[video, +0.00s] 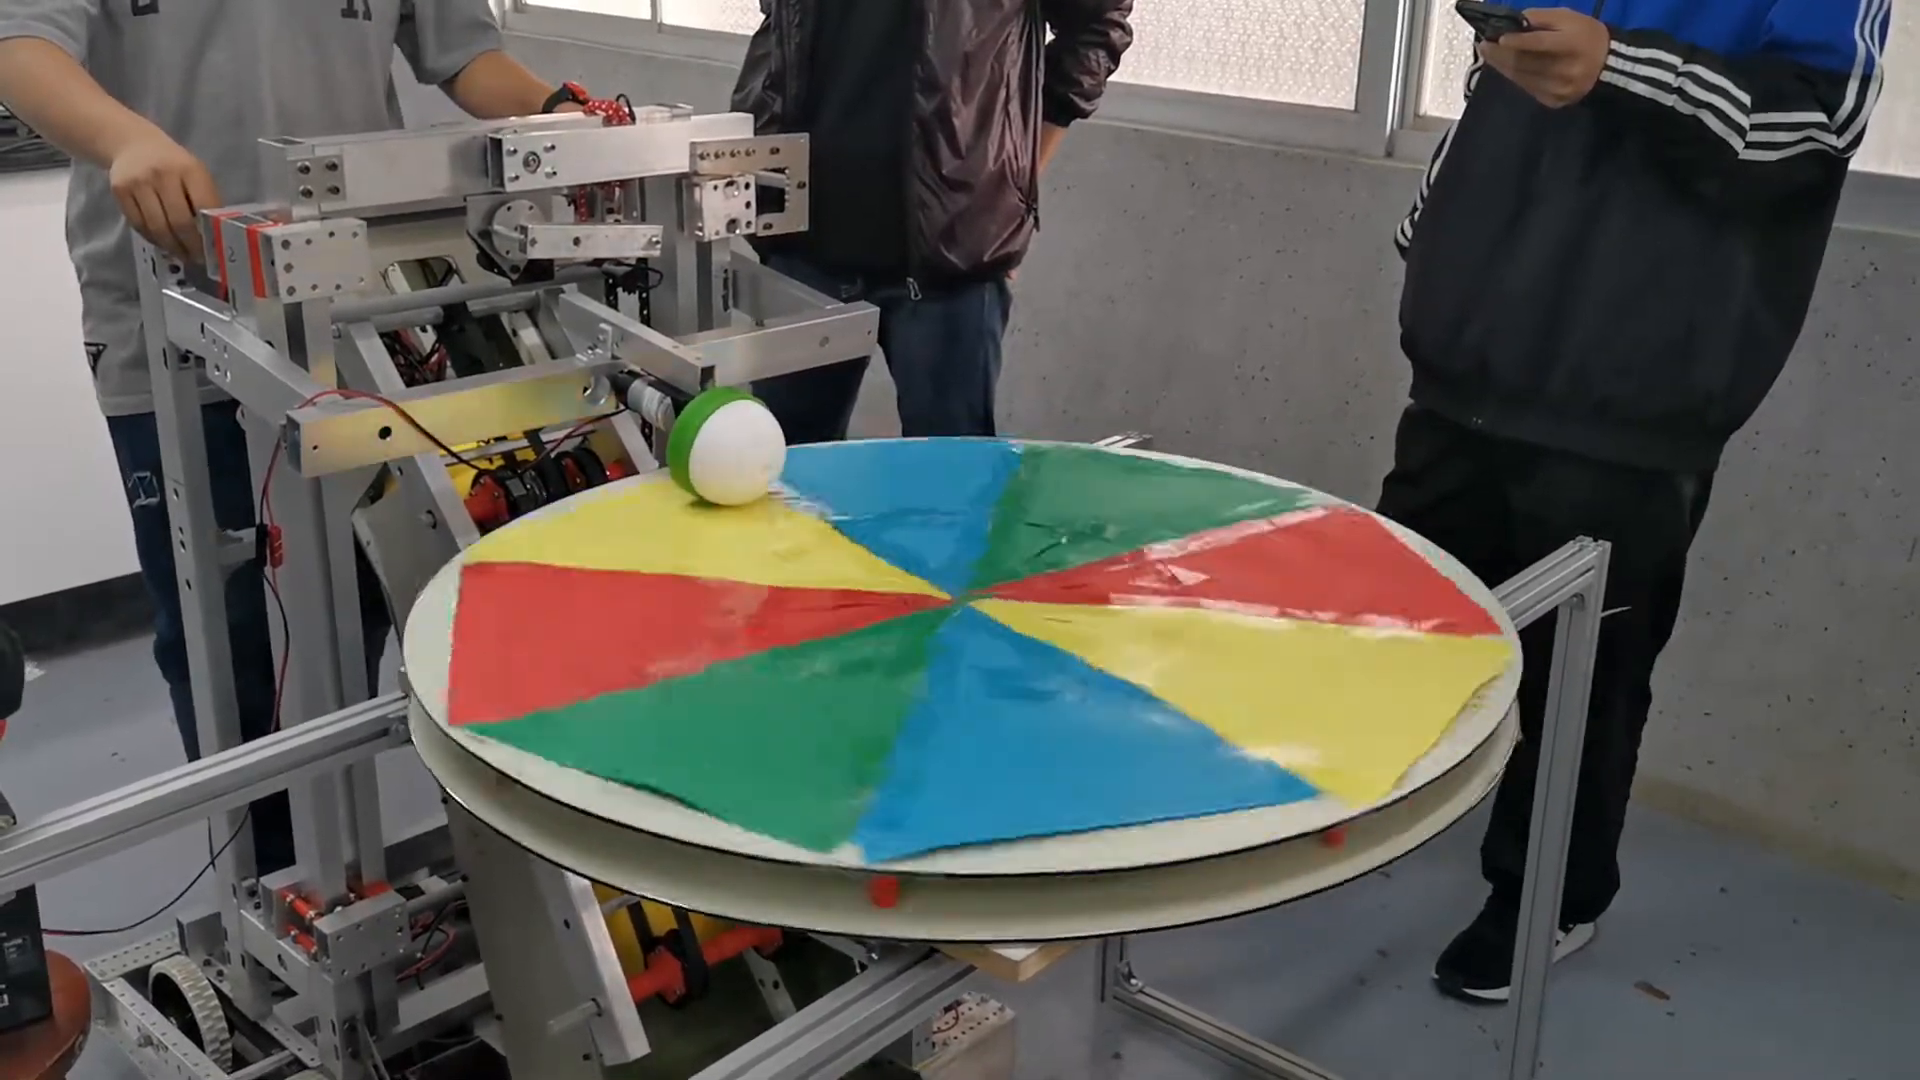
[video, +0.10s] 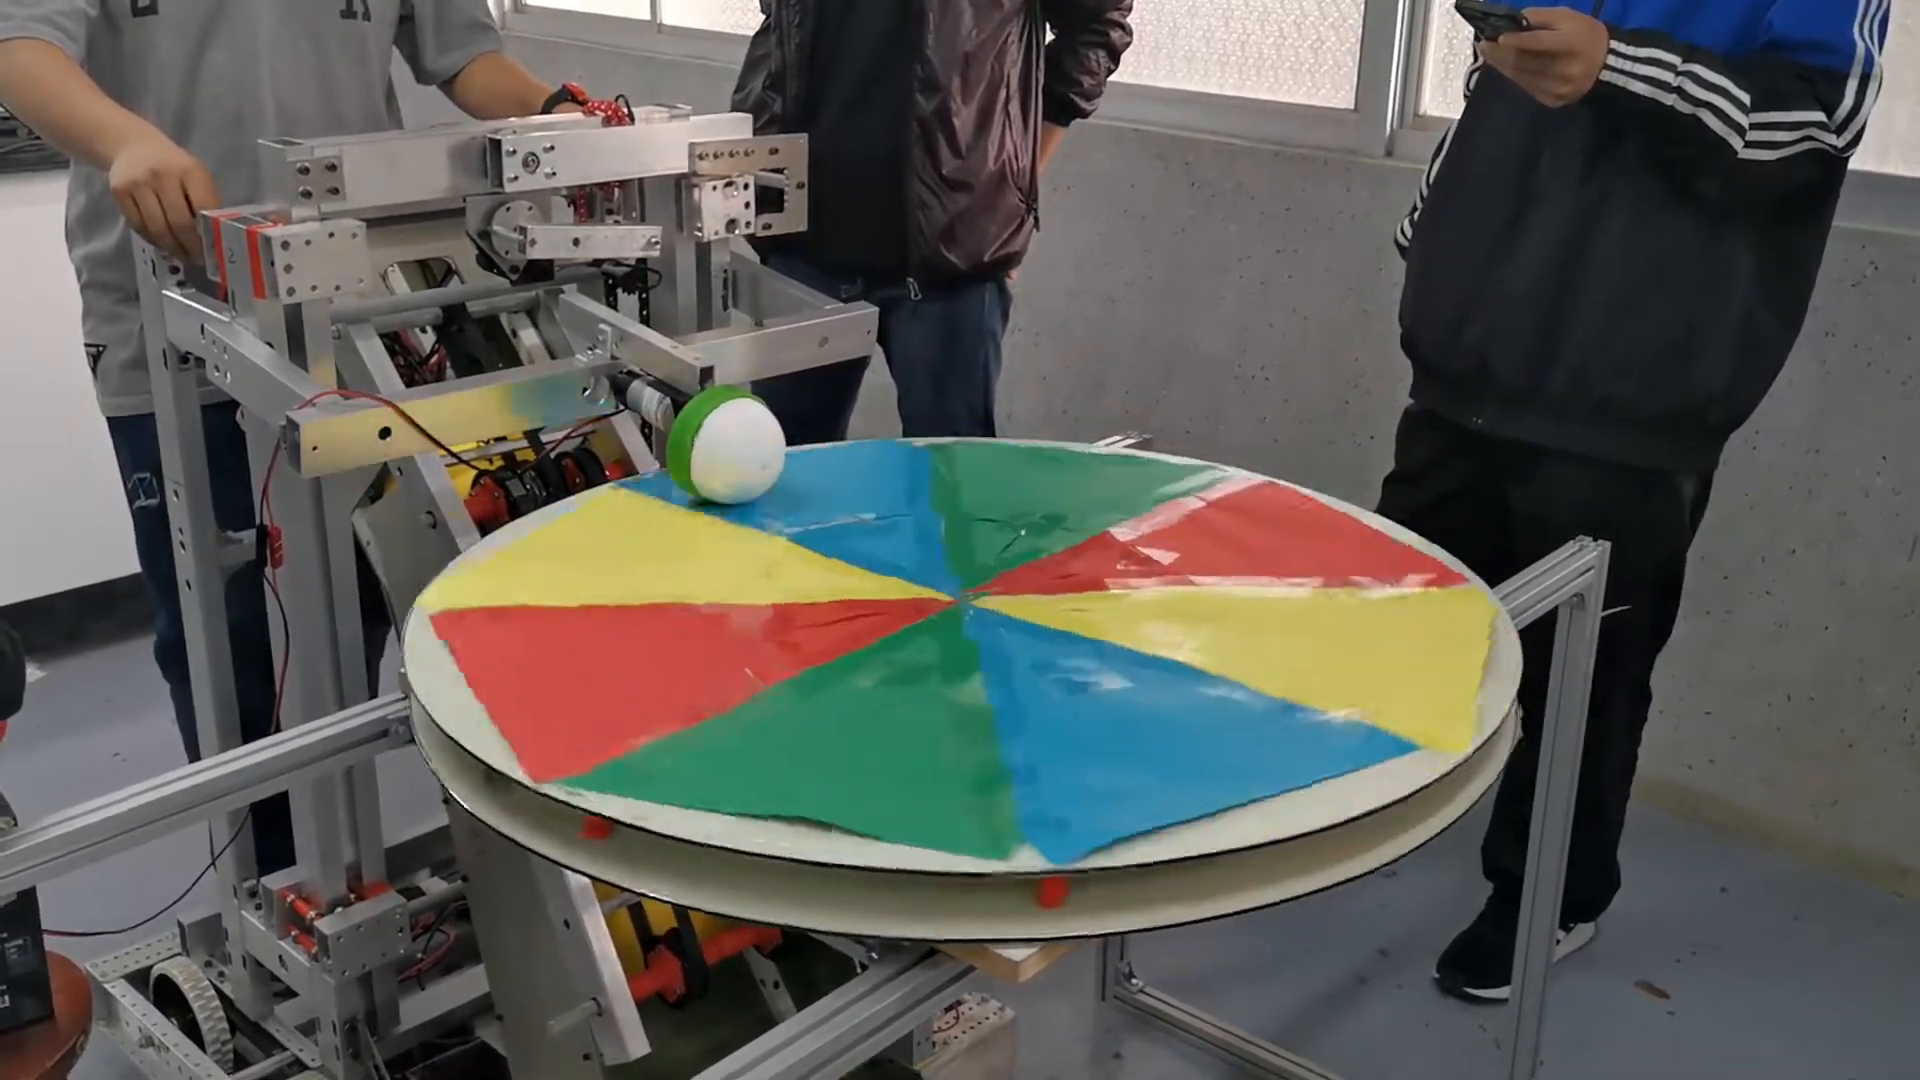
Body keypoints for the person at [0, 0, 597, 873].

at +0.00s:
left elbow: (459, 47)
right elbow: (22, 45)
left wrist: (555, 114)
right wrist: (123, 137)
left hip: (344, 314)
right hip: (166, 323)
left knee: (352, 599)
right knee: (216, 632)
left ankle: (348, 851)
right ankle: (262, 879)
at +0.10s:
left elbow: (458, 47)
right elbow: (22, 46)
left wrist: (553, 114)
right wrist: (123, 139)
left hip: (347, 315)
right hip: (166, 325)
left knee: (354, 601)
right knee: (214, 629)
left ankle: (346, 850)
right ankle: (266, 879)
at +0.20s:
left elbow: (455, 47)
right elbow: (23, 49)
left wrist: (547, 110)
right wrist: (122, 139)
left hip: (349, 317)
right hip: (167, 325)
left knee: (355, 601)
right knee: (216, 632)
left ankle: (353, 851)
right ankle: (266, 880)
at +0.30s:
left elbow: (455, 48)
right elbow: (21, 48)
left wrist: (553, 115)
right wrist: (121, 142)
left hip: (347, 316)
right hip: (166, 325)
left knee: (355, 603)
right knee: (216, 632)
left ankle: (351, 851)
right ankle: (265, 879)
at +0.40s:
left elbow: (454, 49)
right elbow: (20, 48)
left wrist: (555, 118)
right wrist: (121, 143)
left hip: (345, 315)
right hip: (166, 325)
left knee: (352, 602)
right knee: (215, 629)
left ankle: (346, 851)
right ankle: (268, 880)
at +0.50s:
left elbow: (453, 49)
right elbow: (19, 49)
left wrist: (554, 118)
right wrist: (120, 143)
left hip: (344, 315)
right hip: (166, 326)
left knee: (352, 603)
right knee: (216, 632)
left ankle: (347, 851)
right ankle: (270, 881)